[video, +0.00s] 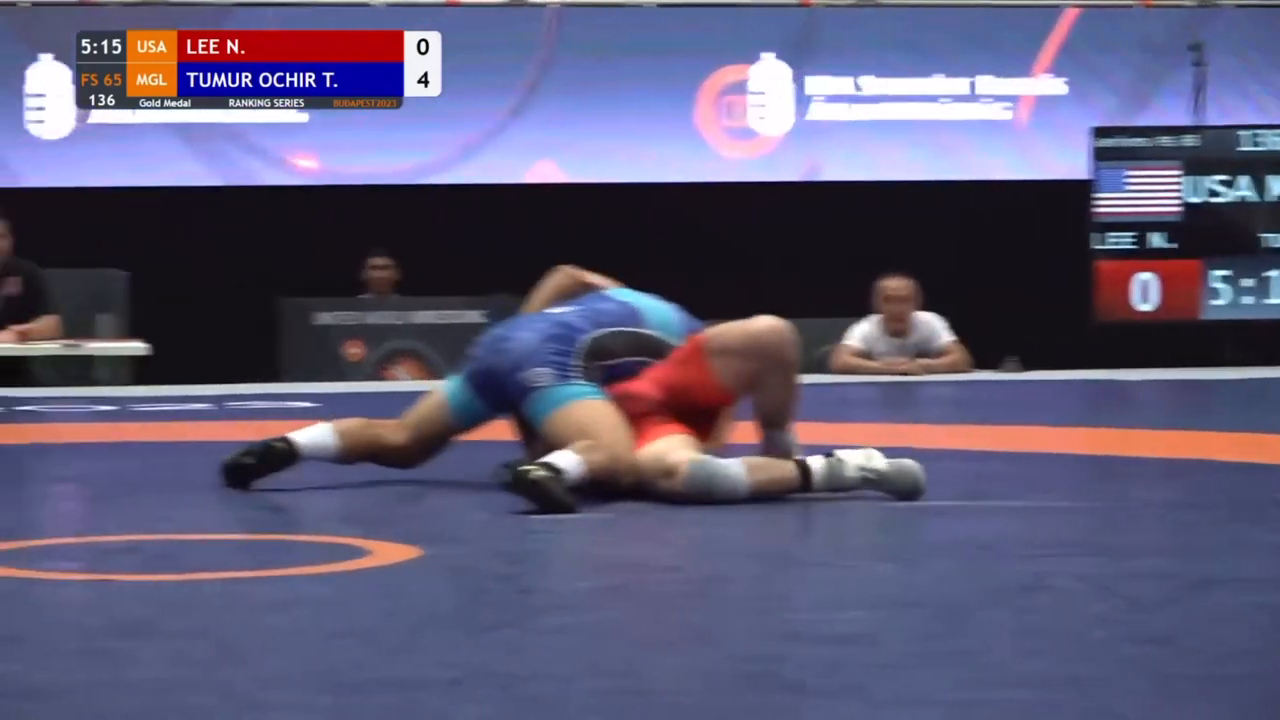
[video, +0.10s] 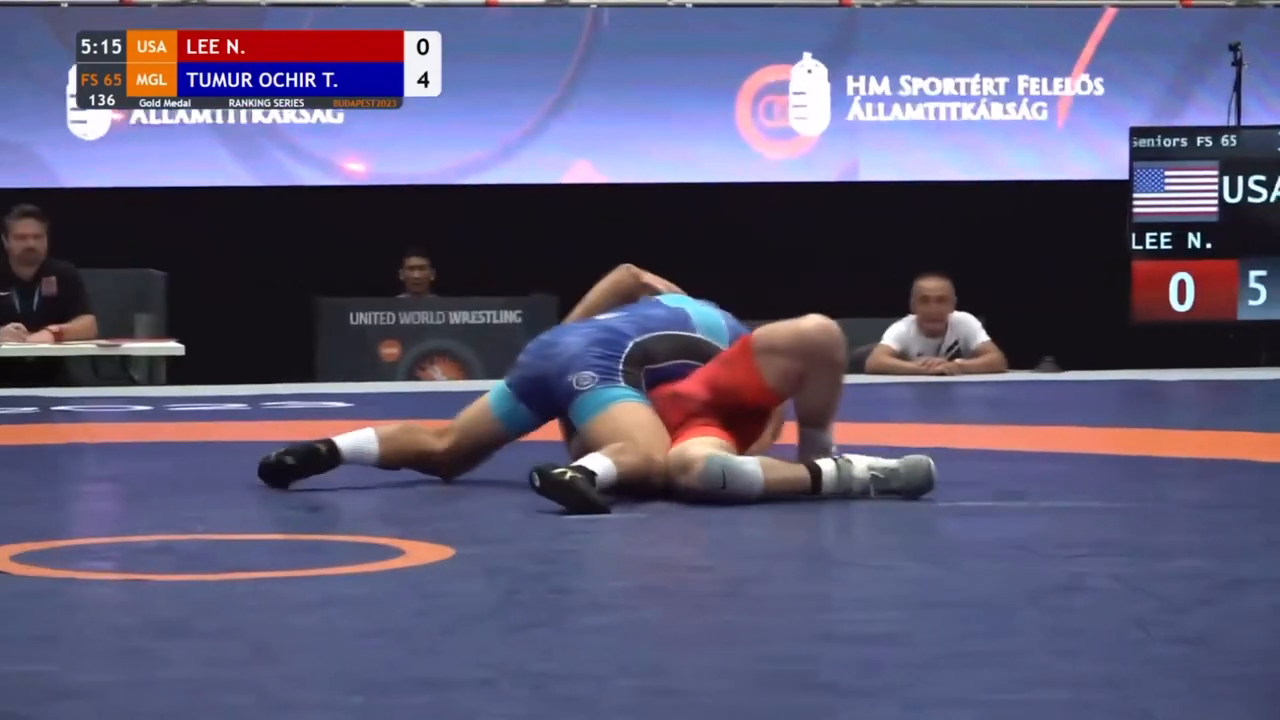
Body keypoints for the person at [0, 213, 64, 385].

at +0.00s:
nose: (2, 243)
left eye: (3, 237)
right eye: (2, 237)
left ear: (11, 239)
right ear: (6, 239)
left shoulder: (25, 271)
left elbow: (53, 325)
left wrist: (12, 333)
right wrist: (10, 334)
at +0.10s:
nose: (30, 245)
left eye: (37, 237)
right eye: (21, 238)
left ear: (47, 240)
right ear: (6, 241)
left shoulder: (64, 274)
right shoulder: (3, 277)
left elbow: (89, 327)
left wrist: (51, 333)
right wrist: (2, 334)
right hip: (6, 376)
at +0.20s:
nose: (36, 245)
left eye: (44, 238)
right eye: (27, 238)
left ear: (53, 240)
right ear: (12, 241)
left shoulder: (70, 275)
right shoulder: (4, 278)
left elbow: (95, 327)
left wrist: (58, 333)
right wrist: (4, 333)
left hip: (59, 378)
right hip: (9, 379)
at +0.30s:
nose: (41, 245)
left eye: (48, 237)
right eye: (32, 238)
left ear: (58, 239)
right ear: (17, 241)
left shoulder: (75, 274)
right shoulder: (6, 277)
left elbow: (100, 327)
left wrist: (63, 332)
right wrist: (8, 333)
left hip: (63, 379)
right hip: (13, 379)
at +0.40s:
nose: (44, 245)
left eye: (51, 237)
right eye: (35, 238)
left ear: (61, 239)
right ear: (19, 241)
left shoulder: (78, 275)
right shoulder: (6, 277)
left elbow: (102, 327)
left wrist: (66, 333)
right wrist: (10, 333)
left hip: (65, 379)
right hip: (13, 380)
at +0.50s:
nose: (43, 243)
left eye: (50, 236)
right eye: (34, 237)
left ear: (60, 237)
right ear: (18, 239)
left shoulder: (77, 273)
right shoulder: (5, 275)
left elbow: (101, 325)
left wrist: (65, 332)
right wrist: (8, 332)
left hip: (64, 377)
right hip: (13, 378)